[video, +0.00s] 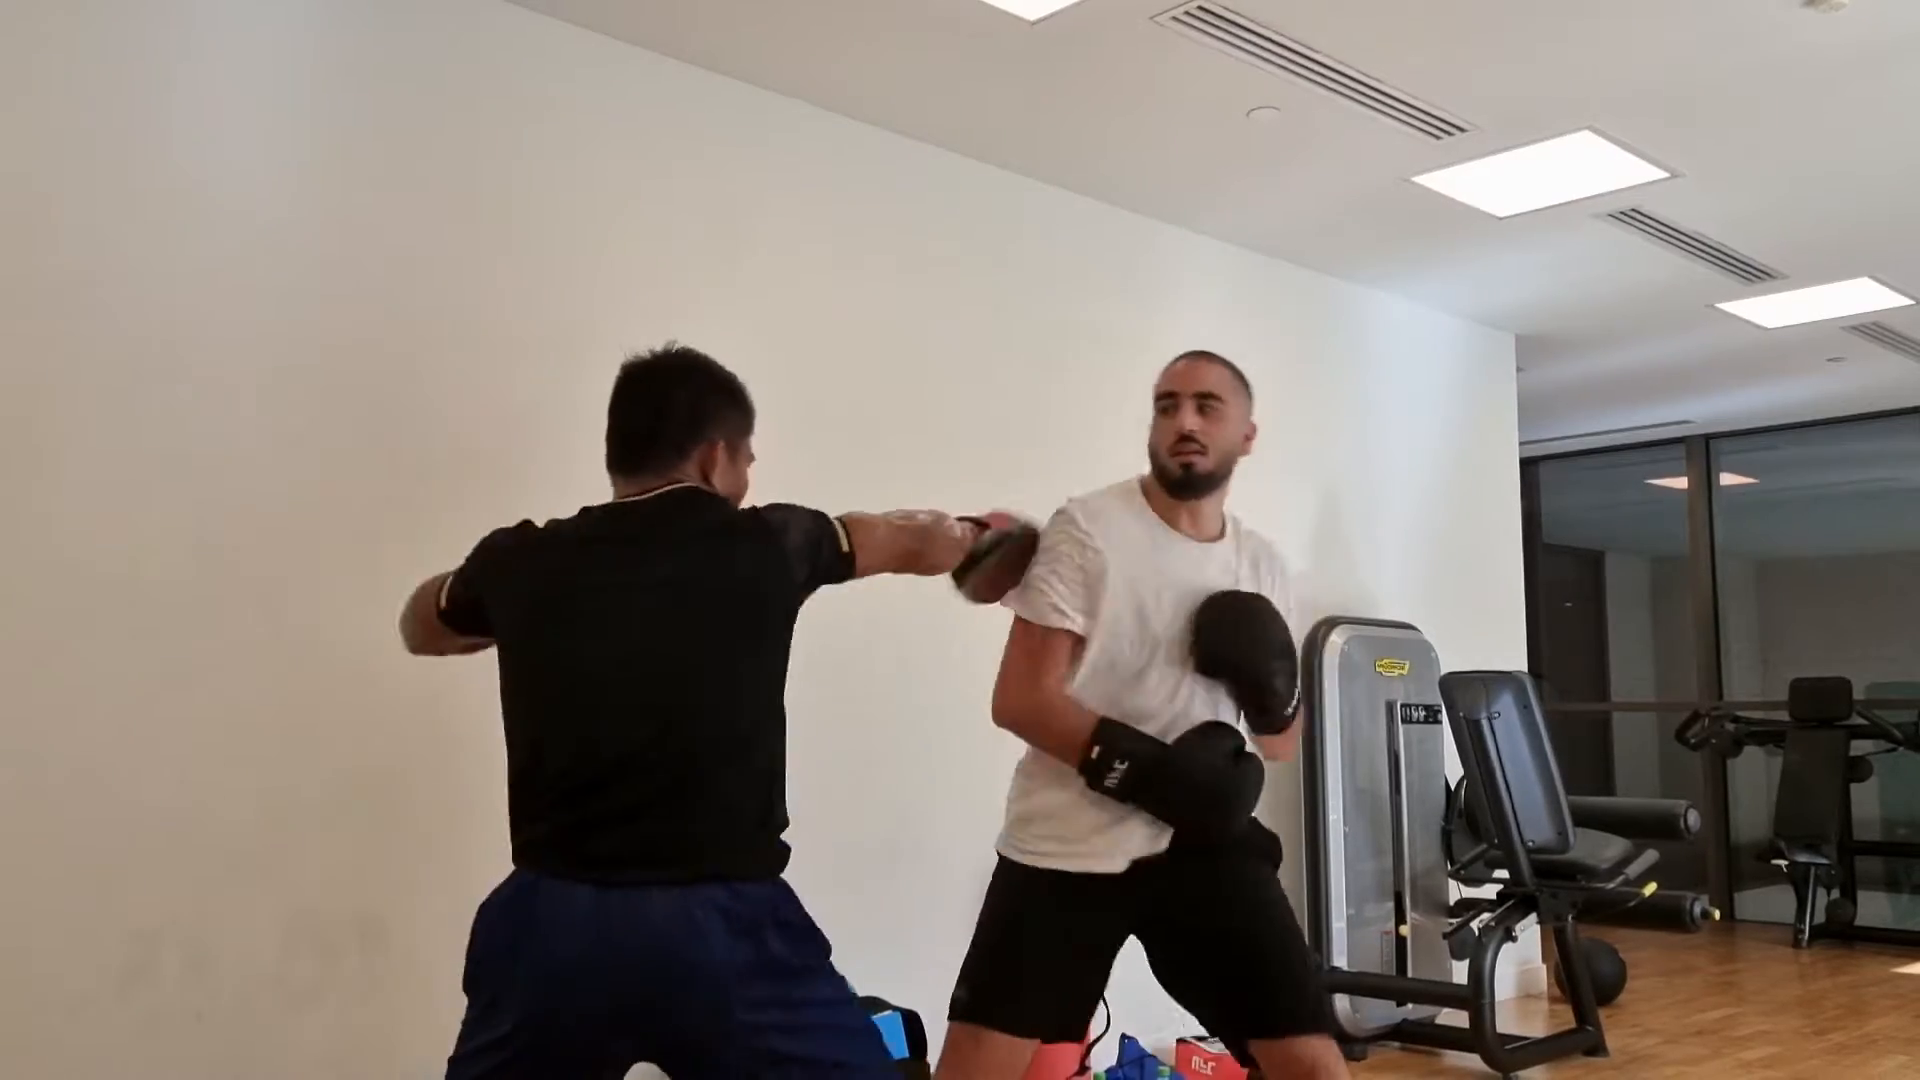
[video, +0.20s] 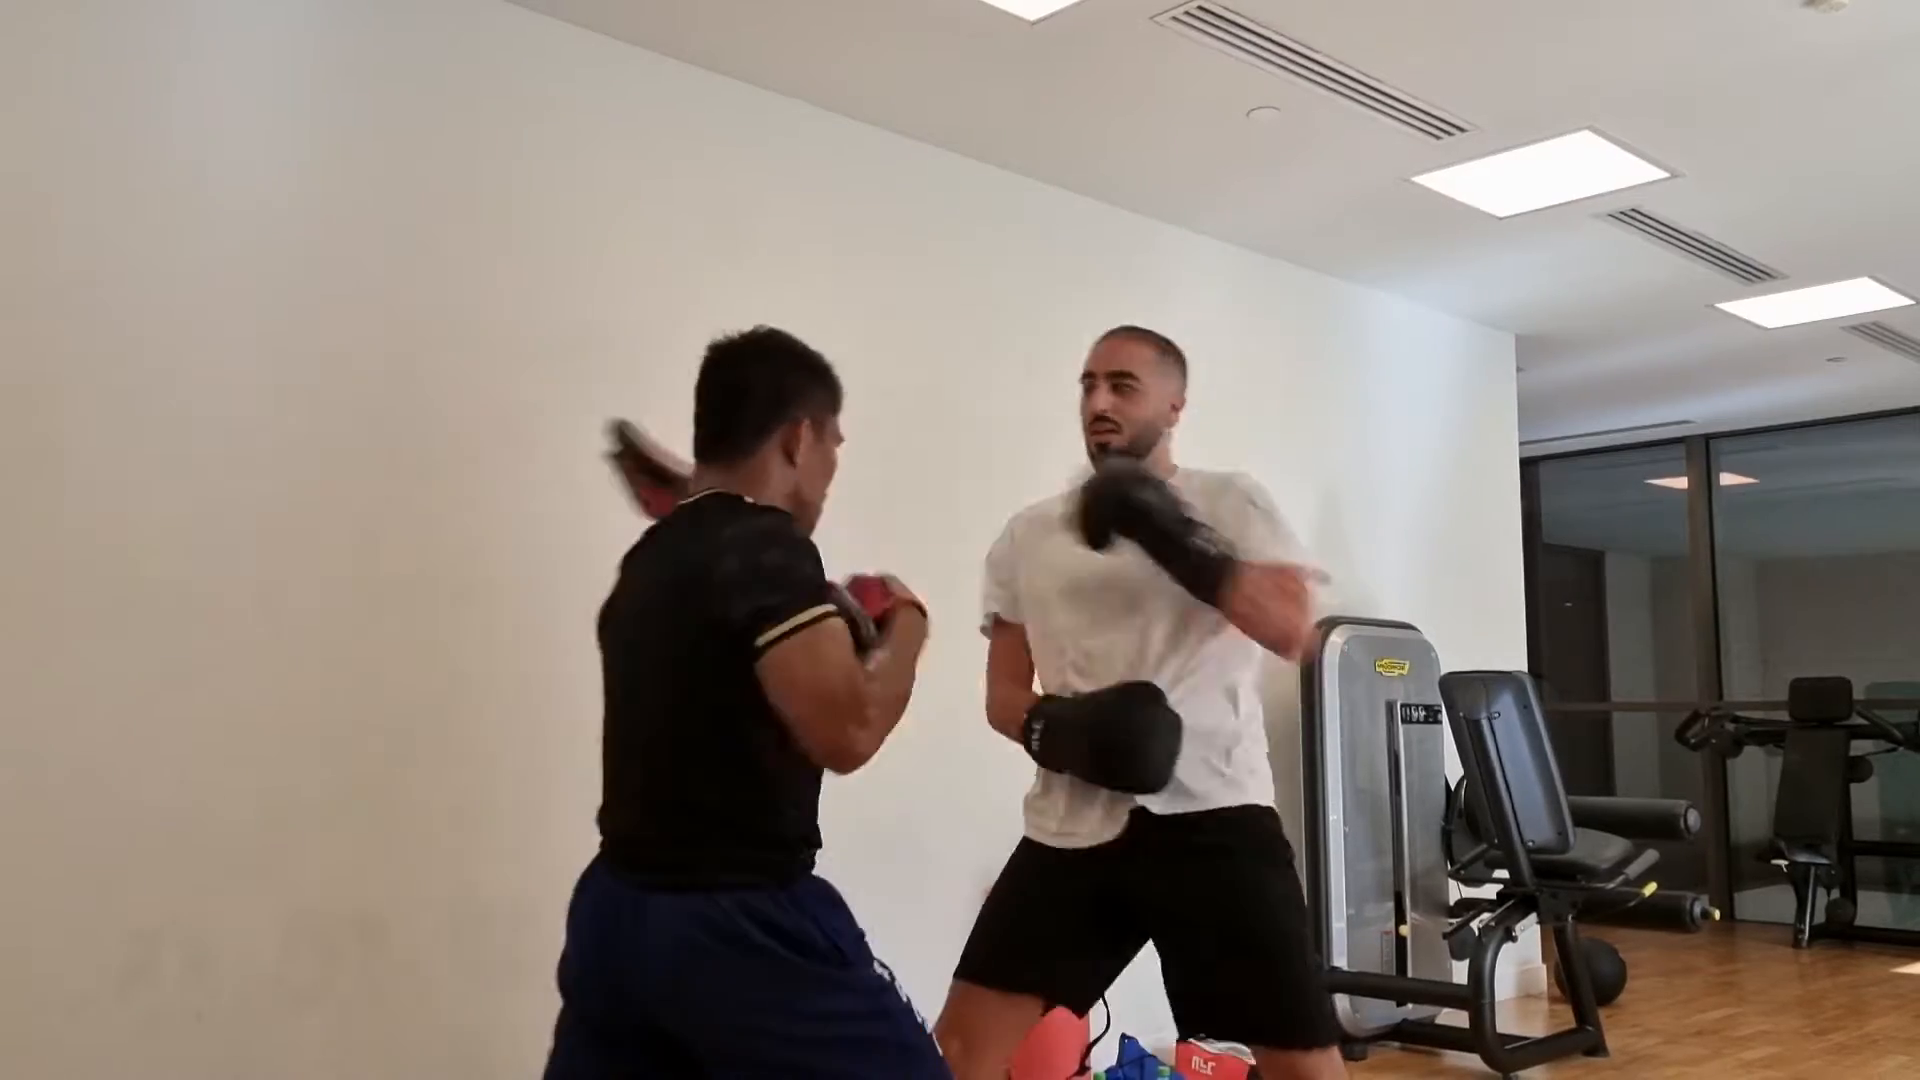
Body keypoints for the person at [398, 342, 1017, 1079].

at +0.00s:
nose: (747, 483)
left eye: (748, 461)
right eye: (746, 459)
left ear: (616, 461)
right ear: (711, 457)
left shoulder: (519, 561)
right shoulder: (768, 540)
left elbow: (421, 628)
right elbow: (917, 541)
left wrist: (498, 579)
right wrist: (977, 536)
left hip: (547, 940)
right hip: (730, 939)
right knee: (861, 1053)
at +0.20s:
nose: (834, 464)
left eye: (837, 444)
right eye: (833, 442)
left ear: (709, 434)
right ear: (796, 440)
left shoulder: (649, 559)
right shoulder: (763, 548)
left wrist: (824, 617)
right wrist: (907, 626)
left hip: (618, 921)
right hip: (750, 933)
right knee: (909, 1063)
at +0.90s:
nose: (735, 519)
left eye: (738, 494)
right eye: (732, 493)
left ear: (606, 489)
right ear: (690, 492)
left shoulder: (527, 609)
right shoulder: (691, 587)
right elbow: (795, 749)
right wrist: (883, 695)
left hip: (501, 978)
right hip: (652, 988)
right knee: (811, 1064)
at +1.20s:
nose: (761, 484)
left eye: (759, 468)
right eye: (761, 467)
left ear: (634, 466)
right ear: (739, 464)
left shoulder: (537, 585)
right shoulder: (780, 550)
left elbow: (503, 746)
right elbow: (954, 528)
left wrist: (614, 694)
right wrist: (1075, 509)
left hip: (533, 941)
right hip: (719, 946)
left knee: (461, 1060)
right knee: (839, 1059)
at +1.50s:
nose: (650, 521)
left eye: (652, 499)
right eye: (646, 497)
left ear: (518, 495)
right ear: (606, 494)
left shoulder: (417, 607)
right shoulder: (668, 588)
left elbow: (388, 701)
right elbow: (826, 697)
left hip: (464, 993)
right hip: (649, 987)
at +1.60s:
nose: (703, 502)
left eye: (706, 481)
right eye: (701, 480)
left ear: (574, 475)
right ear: (663, 477)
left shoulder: (485, 599)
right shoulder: (697, 567)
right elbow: (856, 697)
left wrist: (563, 542)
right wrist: (874, 675)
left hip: (481, 968)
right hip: (652, 973)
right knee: (795, 1061)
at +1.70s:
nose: (761, 498)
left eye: (763, 474)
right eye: (758, 472)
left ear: (632, 468)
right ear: (718, 473)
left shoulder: (577, 585)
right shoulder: (684, 569)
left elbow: (704, 740)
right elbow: (835, 717)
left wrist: (763, 595)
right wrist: (826, 656)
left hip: (517, 946)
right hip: (641, 958)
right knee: (799, 1062)